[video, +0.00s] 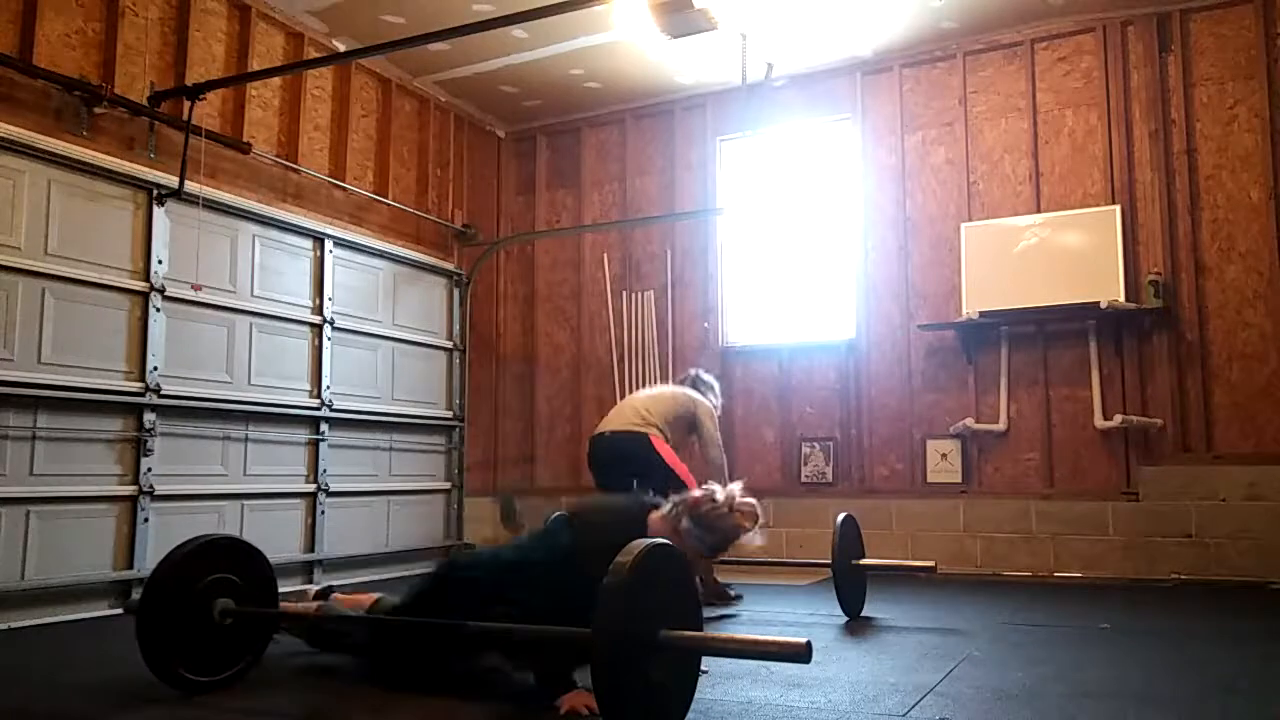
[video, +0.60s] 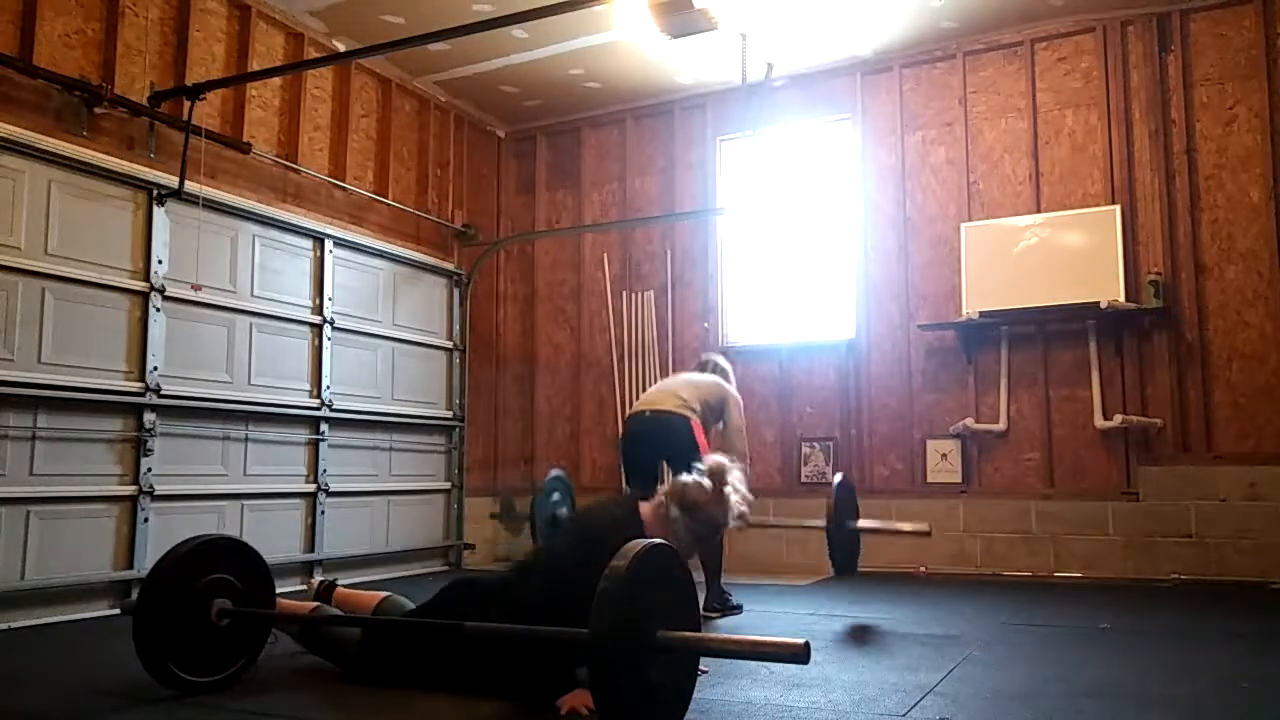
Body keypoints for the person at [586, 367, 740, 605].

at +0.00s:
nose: (716, 414)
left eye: (718, 409)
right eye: (716, 408)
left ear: (686, 386)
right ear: (707, 395)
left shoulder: (657, 396)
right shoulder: (702, 404)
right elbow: (715, 459)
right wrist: (725, 498)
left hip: (600, 443)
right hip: (640, 441)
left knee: (629, 517)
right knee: (694, 505)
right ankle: (709, 585)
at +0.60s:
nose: (730, 387)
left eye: (730, 383)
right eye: (730, 382)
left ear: (697, 370)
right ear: (725, 378)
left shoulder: (675, 380)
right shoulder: (727, 392)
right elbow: (737, 452)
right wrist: (735, 494)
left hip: (636, 423)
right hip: (677, 424)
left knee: (642, 510)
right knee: (706, 507)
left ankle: (639, 593)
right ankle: (714, 594)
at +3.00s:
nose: (755, 407)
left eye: (759, 402)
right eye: (755, 398)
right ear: (739, 381)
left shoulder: (696, 378)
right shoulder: (709, 384)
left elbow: (670, 444)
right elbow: (698, 433)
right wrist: (716, 480)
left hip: (619, 442)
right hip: (634, 442)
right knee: (694, 507)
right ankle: (717, 584)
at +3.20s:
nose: (729, 362)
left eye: (733, 356)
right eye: (728, 355)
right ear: (714, 344)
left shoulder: (701, 359)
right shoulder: (679, 362)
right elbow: (644, 404)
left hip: (638, 428)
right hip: (614, 427)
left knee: (640, 501)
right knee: (631, 502)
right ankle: (629, 583)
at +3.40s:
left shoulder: (699, 412)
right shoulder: (657, 415)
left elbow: (706, 466)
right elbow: (654, 468)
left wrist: (714, 518)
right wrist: (674, 511)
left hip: (625, 455)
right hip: (596, 445)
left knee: (651, 524)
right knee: (598, 525)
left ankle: (608, 582)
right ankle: (541, 592)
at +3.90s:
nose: (775, 579)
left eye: (781, 573)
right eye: (776, 571)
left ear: (779, 566)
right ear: (762, 558)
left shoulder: (743, 558)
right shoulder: (718, 569)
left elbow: (742, 577)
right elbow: (657, 573)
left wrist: (745, 609)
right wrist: (677, 620)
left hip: (641, 594)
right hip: (623, 591)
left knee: (574, 598)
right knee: (555, 603)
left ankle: (543, 583)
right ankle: (523, 583)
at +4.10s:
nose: (778, 581)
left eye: (783, 576)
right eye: (780, 575)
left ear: (766, 557)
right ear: (769, 565)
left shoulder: (740, 561)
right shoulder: (717, 566)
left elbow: (736, 581)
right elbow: (662, 577)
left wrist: (747, 609)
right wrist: (677, 620)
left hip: (639, 595)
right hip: (621, 595)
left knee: (572, 597)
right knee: (542, 604)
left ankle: (546, 583)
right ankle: (519, 581)